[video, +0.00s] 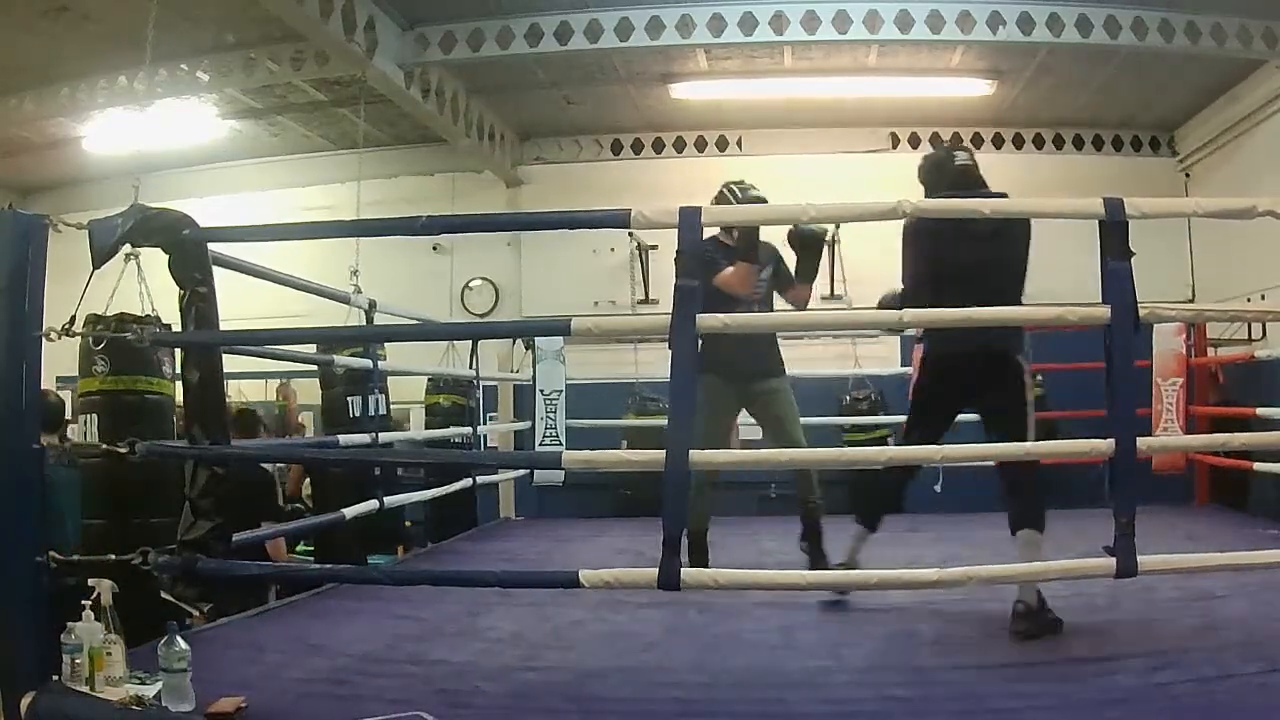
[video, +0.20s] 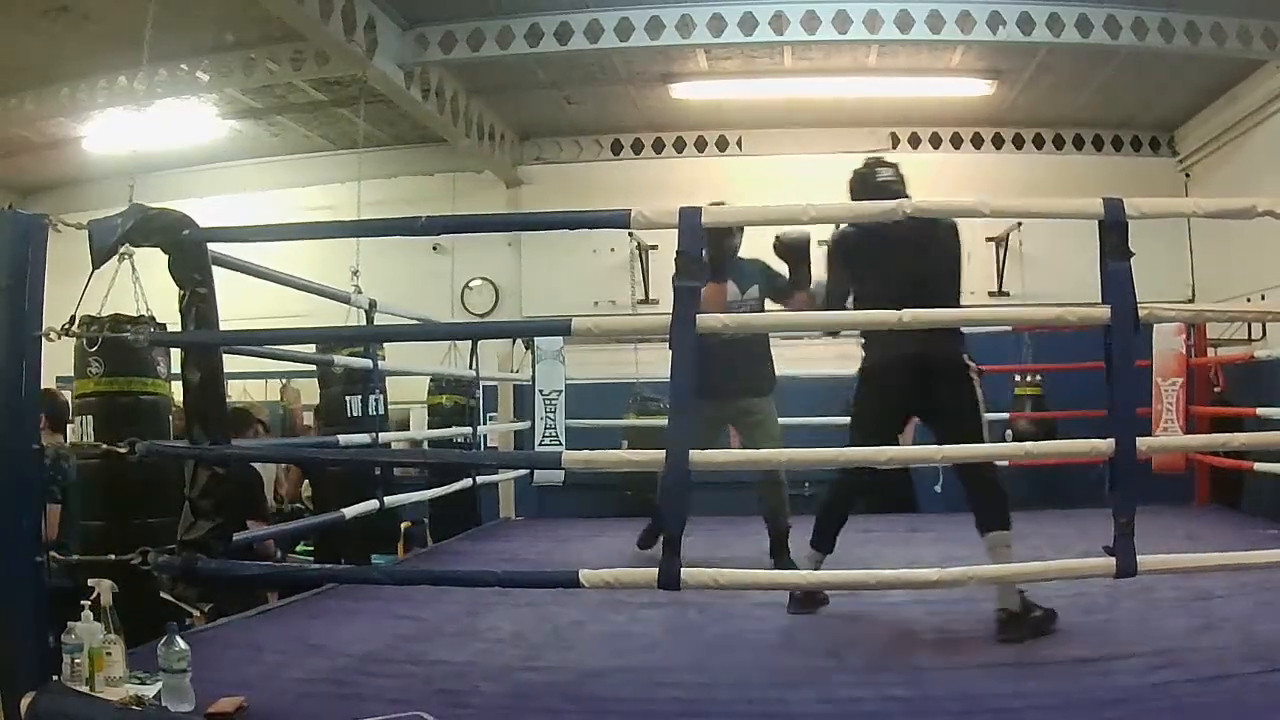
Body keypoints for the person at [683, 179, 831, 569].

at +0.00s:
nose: (753, 223)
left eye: (758, 217)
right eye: (745, 217)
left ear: (761, 217)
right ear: (725, 216)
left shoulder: (767, 253)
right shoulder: (702, 253)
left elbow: (799, 298)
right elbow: (741, 286)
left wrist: (810, 257)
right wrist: (748, 234)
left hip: (765, 372)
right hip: (716, 375)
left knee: (798, 450)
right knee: (706, 461)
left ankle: (814, 541)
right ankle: (697, 547)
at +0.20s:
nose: (727, 240)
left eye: (732, 232)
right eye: (717, 232)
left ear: (741, 234)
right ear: (702, 235)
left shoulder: (754, 270)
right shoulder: (689, 274)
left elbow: (800, 303)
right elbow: (711, 314)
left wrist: (799, 265)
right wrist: (715, 263)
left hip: (752, 393)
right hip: (701, 396)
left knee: (772, 470)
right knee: (677, 468)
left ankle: (780, 553)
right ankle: (660, 520)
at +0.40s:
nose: (689, 267)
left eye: (696, 258)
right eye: (682, 258)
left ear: (707, 260)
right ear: (670, 261)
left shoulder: (724, 296)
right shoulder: (659, 298)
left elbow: (757, 340)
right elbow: (637, 335)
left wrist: (772, 312)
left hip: (715, 401)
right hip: (672, 402)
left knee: (741, 470)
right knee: (658, 469)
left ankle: (772, 545)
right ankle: (665, 535)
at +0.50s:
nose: (670, 267)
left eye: (676, 260)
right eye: (665, 261)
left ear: (688, 257)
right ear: (659, 262)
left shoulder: (711, 291)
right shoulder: (650, 294)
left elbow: (741, 331)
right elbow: (641, 327)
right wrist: (654, 280)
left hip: (703, 394)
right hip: (663, 395)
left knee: (717, 464)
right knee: (651, 464)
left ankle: (751, 543)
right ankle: (665, 532)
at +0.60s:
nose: (665, 257)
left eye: (670, 251)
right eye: (661, 253)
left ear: (681, 254)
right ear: (650, 257)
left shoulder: (698, 286)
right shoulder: (642, 289)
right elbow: (639, 316)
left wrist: (678, 278)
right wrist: (639, 269)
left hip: (695, 387)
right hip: (656, 388)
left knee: (703, 460)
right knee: (653, 462)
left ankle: (723, 539)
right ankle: (664, 532)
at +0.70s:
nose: (665, 254)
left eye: (671, 248)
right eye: (659, 248)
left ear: (679, 252)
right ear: (647, 252)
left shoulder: (693, 283)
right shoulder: (635, 285)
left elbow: (729, 311)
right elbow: (633, 320)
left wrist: (729, 270)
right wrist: (635, 274)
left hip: (689, 387)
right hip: (651, 388)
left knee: (693, 461)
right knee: (655, 462)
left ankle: (705, 537)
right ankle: (665, 532)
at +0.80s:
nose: (666, 259)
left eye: (673, 252)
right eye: (660, 251)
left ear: (682, 255)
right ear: (648, 253)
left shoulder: (692, 285)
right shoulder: (635, 286)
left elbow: (727, 306)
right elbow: (628, 320)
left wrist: (719, 265)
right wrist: (634, 275)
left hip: (681, 391)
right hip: (645, 391)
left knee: (686, 463)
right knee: (652, 464)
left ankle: (694, 541)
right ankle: (664, 531)